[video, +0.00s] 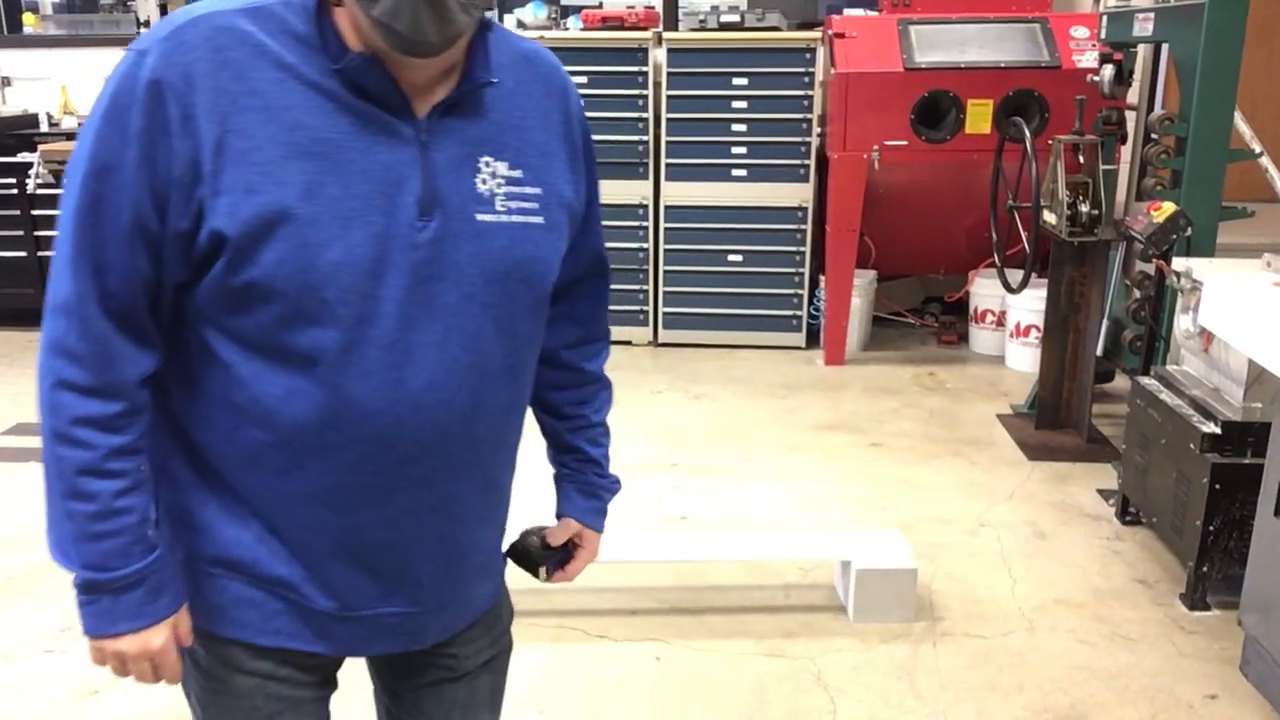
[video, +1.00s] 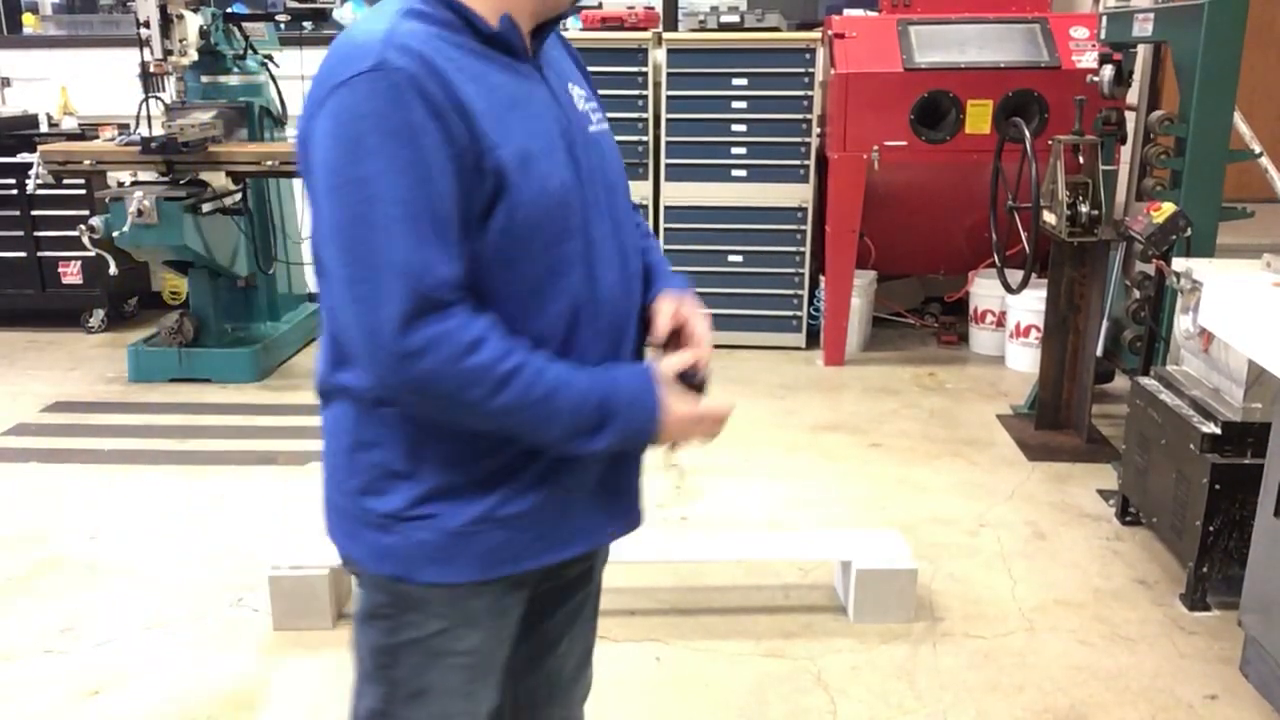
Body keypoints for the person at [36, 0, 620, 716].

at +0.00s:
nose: (437, 13)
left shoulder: (540, 95)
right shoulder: (184, 79)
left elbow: (572, 318)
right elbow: (92, 350)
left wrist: (584, 483)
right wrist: (122, 578)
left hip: (452, 566)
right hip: (252, 576)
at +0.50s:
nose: (435, 67)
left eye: (473, 33)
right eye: (401, 27)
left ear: (523, 34)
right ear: (335, 19)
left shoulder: (532, 134)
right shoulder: (184, 178)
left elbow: (543, 332)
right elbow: (105, 457)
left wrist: (527, 501)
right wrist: (207, 667)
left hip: (436, 542)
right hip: (258, 575)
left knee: (498, 709)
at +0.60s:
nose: (541, 45)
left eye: (555, 17)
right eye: (506, 14)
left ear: (571, 18)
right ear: (396, 10)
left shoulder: (555, 133)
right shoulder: (224, 162)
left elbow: (567, 330)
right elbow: (134, 434)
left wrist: (541, 501)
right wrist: (239, 649)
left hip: (458, 549)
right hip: (284, 573)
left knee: (494, 712)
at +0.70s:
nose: (581, 66)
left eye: (588, 43)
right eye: (556, 41)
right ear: (466, 4)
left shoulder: (564, 116)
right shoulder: (268, 142)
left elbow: (592, 309)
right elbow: (182, 395)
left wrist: (572, 475)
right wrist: (312, 603)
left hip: (503, 535)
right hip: (319, 567)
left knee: (517, 709)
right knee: (318, 712)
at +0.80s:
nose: (587, 20)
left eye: (587, 4)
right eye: (579, 3)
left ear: (542, 4)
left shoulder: (563, 81)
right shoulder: (309, 112)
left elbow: (607, 270)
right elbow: (248, 375)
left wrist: (612, 415)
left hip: (529, 526)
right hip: (356, 545)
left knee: (537, 709)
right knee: (351, 707)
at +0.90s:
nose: (591, 4)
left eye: (589, 0)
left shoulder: (558, 60)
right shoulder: (348, 92)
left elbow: (613, 235)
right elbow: (332, 359)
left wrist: (644, 348)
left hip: (551, 528)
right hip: (400, 544)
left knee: (540, 707)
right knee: (386, 707)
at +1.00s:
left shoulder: (549, 53)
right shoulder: (382, 77)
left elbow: (605, 217)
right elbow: (404, 341)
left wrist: (662, 291)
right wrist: (630, 406)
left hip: (566, 513)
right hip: (438, 535)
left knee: (545, 709)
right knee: (430, 707)